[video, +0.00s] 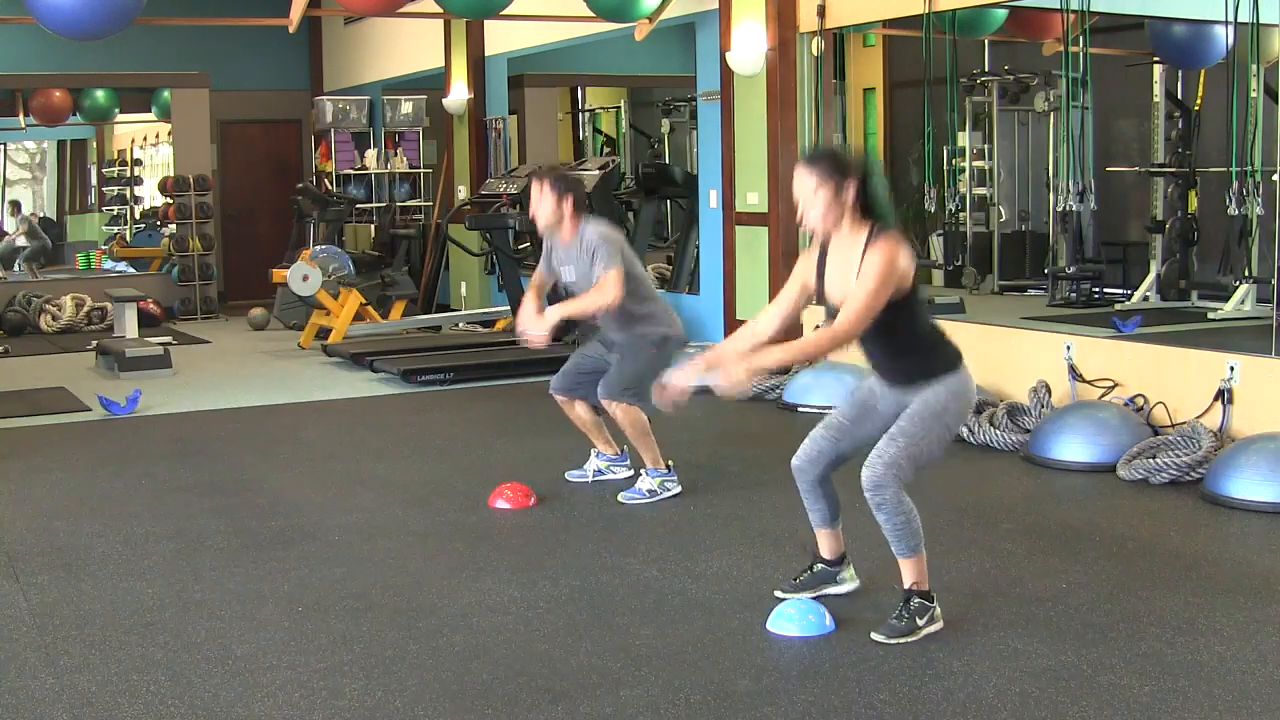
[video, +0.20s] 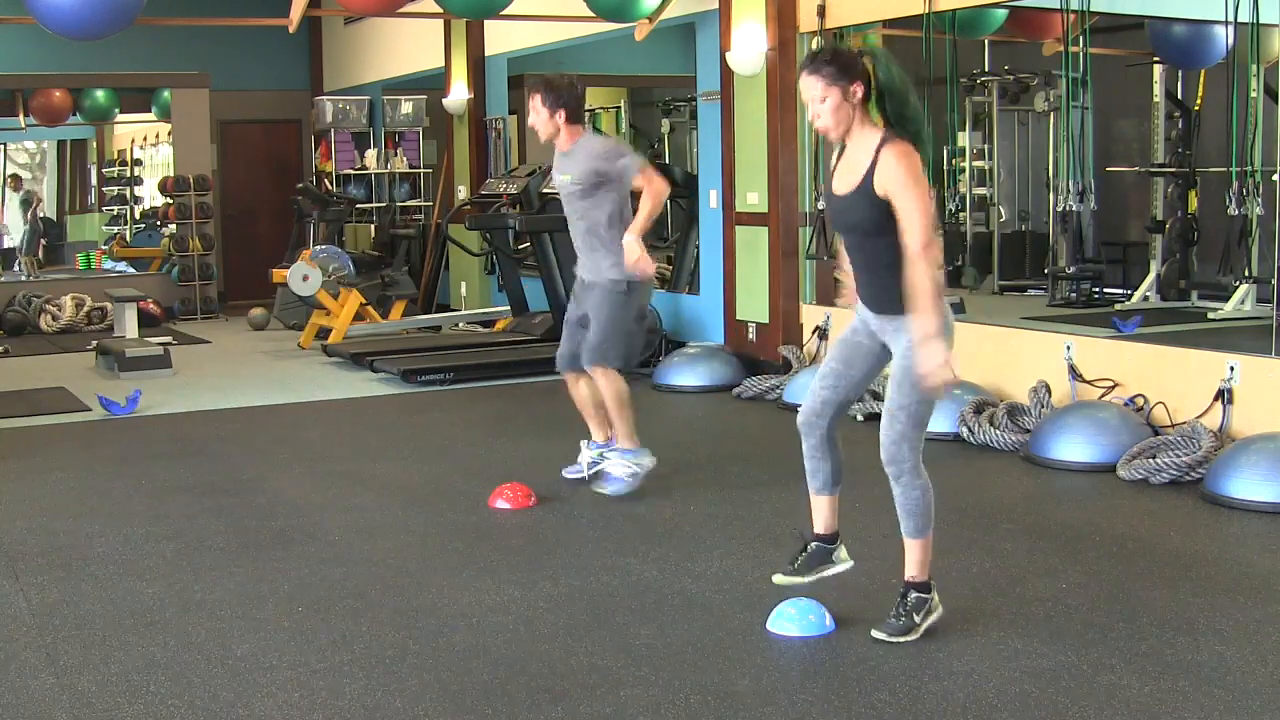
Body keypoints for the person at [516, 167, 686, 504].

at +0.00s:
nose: (532, 209)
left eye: (539, 200)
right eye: (532, 200)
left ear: (566, 203)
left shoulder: (600, 236)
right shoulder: (553, 240)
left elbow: (611, 293)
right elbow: (538, 285)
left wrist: (554, 314)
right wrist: (530, 314)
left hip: (652, 333)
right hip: (612, 335)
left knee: (615, 395)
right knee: (565, 390)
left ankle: (660, 473)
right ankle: (611, 458)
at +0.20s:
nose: (530, 120)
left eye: (534, 111)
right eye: (529, 111)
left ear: (560, 113)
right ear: (557, 114)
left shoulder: (601, 150)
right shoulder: (563, 156)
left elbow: (657, 186)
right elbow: (598, 205)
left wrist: (633, 235)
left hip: (619, 279)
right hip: (587, 278)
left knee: (600, 362)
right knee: (571, 364)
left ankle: (632, 451)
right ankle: (602, 443)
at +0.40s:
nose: (538, 118)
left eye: (544, 110)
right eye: (538, 111)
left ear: (569, 113)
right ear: (563, 115)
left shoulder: (611, 153)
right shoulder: (563, 156)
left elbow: (656, 199)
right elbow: (574, 204)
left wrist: (623, 234)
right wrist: (552, 229)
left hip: (610, 280)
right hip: (579, 277)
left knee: (568, 359)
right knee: (577, 370)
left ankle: (555, 456)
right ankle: (614, 454)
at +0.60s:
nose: (545, 109)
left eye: (551, 100)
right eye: (544, 101)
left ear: (579, 101)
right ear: (565, 103)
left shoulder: (611, 141)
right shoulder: (563, 147)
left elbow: (647, 192)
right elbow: (568, 193)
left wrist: (590, 206)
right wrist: (540, 199)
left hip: (613, 272)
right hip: (583, 273)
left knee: (581, 357)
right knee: (582, 359)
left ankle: (579, 451)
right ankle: (609, 447)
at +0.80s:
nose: (541, 141)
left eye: (547, 131)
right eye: (540, 132)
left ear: (575, 129)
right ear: (559, 133)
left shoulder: (609, 169)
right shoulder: (565, 174)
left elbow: (619, 227)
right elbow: (574, 220)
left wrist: (557, 217)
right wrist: (541, 216)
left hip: (634, 294)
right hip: (602, 293)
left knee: (610, 379)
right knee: (575, 377)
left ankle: (648, 469)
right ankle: (604, 456)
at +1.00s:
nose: (532, 234)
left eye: (539, 223)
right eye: (532, 224)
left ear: (567, 223)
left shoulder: (603, 254)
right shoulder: (558, 263)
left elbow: (587, 322)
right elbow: (543, 314)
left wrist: (544, 281)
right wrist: (523, 290)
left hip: (664, 344)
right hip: (623, 344)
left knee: (615, 393)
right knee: (565, 386)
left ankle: (653, 476)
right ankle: (605, 458)